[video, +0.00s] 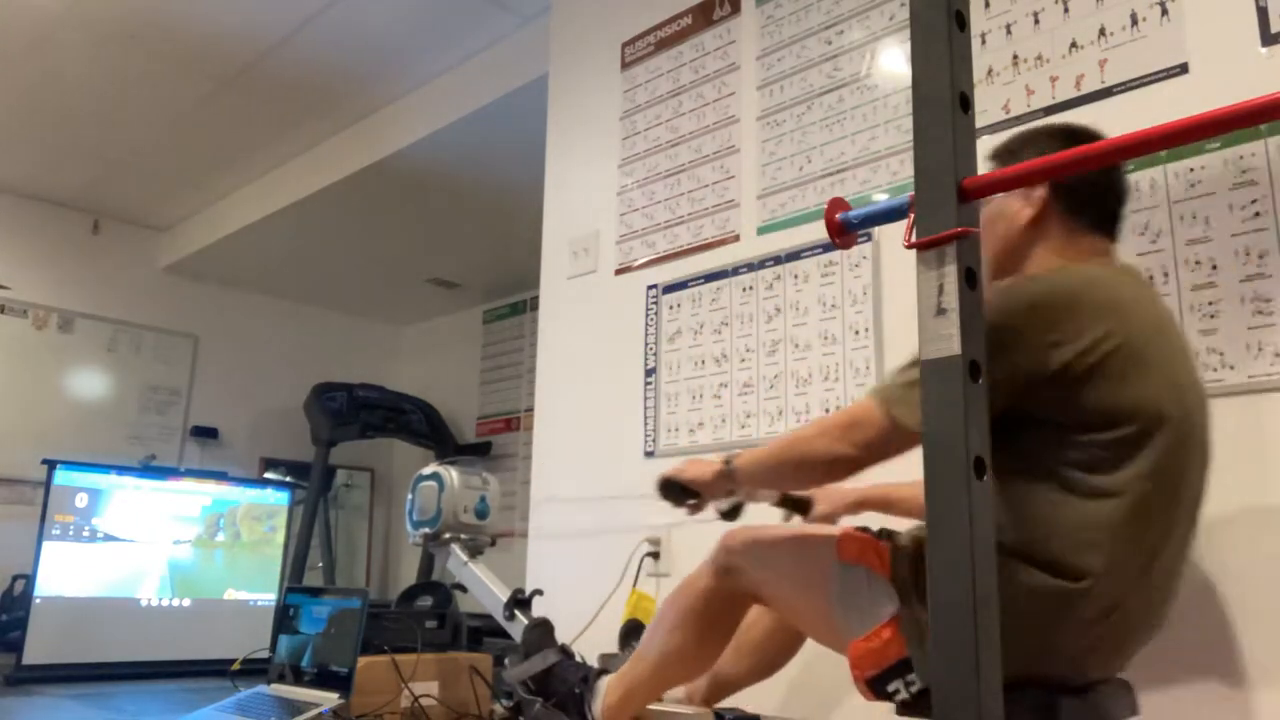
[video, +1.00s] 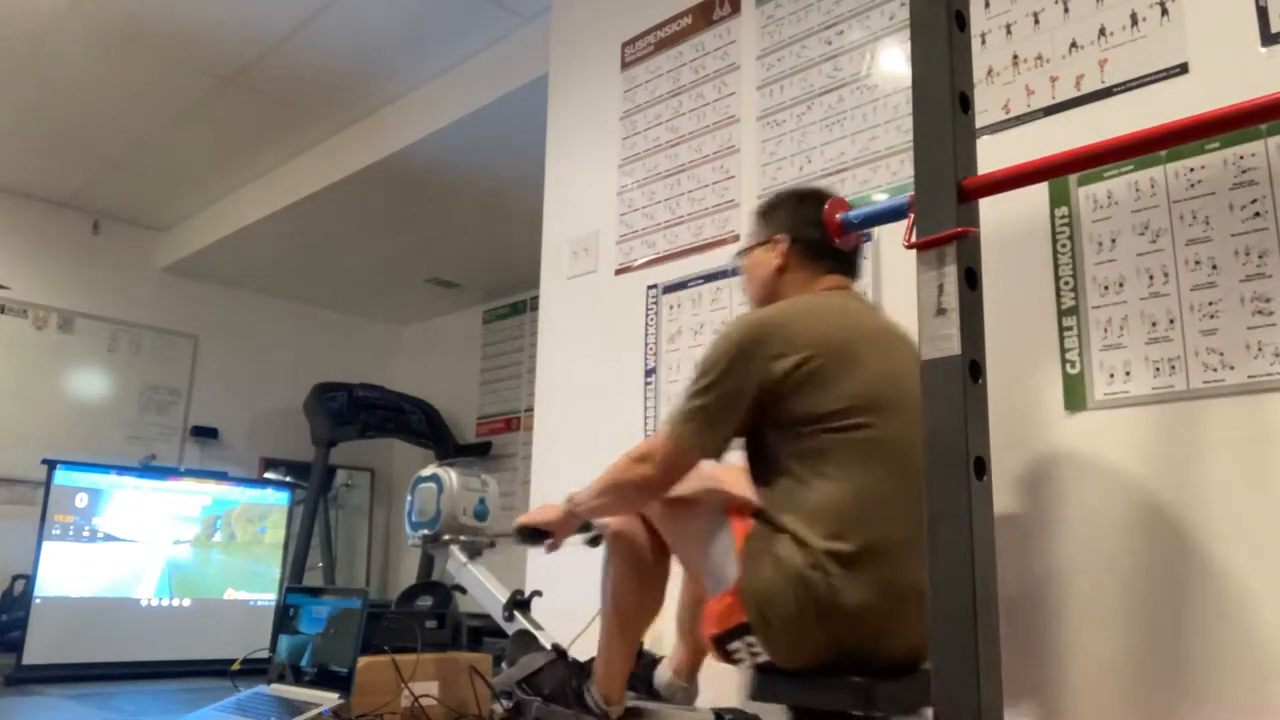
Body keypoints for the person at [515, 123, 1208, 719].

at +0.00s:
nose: (970, 227)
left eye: (982, 202)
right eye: (974, 205)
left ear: (1035, 201)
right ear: (1059, 206)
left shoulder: (1037, 306)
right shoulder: (1131, 306)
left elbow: (847, 445)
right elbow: (1029, 506)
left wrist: (724, 473)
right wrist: (862, 497)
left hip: (1023, 627)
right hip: (1092, 628)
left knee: (738, 557)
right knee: (837, 549)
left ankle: (612, 703)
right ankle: (694, 696)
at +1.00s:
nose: (742, 271)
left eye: (746, 254)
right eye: (742, 257)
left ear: (780, 251)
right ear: (842, 260)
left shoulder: (767, 332)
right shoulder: (891, 337)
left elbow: (654, 469)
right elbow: (822, 499)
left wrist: (571, 510)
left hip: (807, 626)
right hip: (905, 631)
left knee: (634, 508)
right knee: (711, 482)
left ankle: (606, 693)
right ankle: (680, 677)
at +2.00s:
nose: (1117, 236)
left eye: (1130, 207)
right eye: (1121, 211)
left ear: (1200, 204)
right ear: (1209, 207)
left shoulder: (1201, 339)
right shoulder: (1265, 331)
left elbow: (1056, 532)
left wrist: (905, 495)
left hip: (1045, 649)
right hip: (1121, 655)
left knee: (774, 601)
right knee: (836, 612)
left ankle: (608, 706)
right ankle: (706, 711)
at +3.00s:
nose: (652, 304)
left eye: (656, 287)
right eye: (652, 289)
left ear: (684, 284)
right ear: (743, 294)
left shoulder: (672, 359)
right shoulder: (790, 362)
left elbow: (565, 480)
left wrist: (495, 534)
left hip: (730, 627)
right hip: (821, 632)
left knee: (593, 481)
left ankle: (603, 681)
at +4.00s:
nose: (1166, 252)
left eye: (1180, 221)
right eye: (1168, 227)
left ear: (1261, 214)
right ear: (1257, 220)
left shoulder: (1264, 337)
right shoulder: (1249, 342)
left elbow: (1250, 582)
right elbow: (1222, 550)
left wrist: (1057, 505)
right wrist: (1046, 508)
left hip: (1064, 619)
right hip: (1097, 634)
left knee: (783, 624)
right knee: (828, 650)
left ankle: (607, 705)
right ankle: (680, 712)